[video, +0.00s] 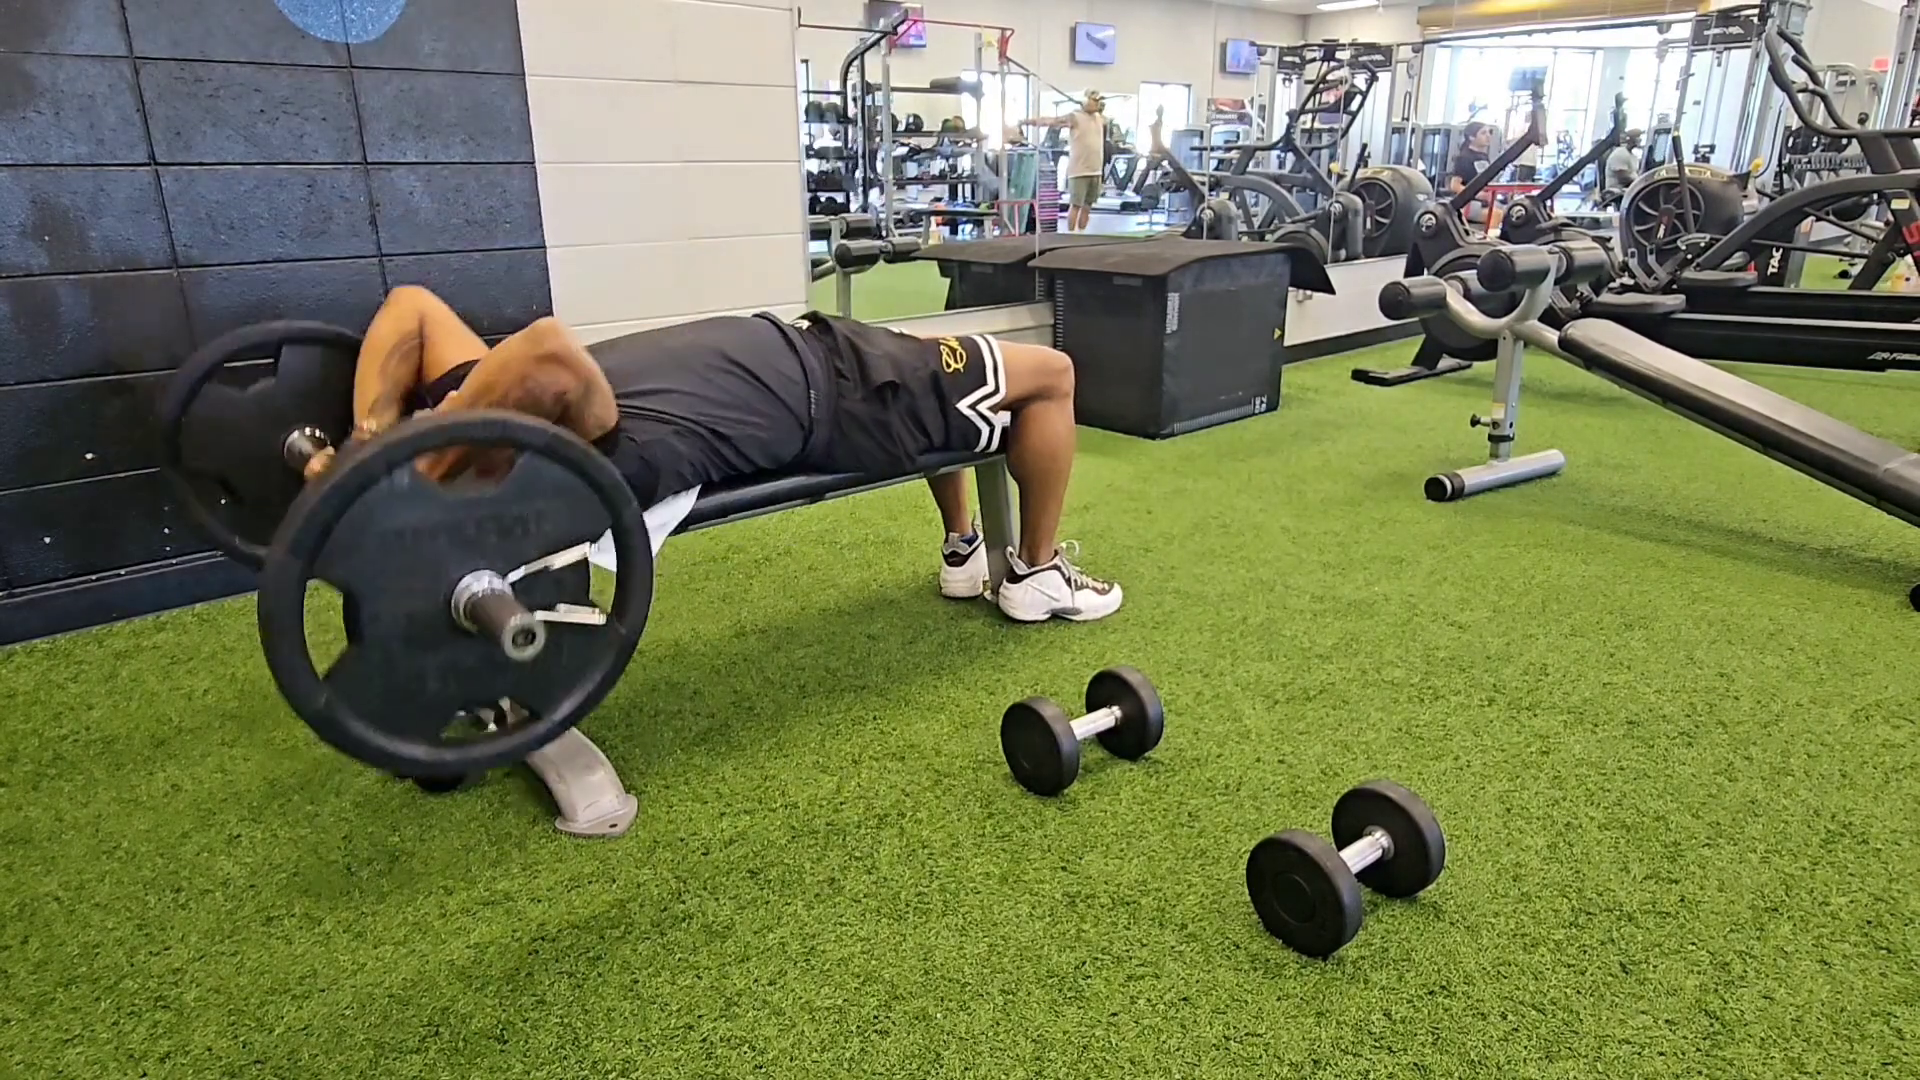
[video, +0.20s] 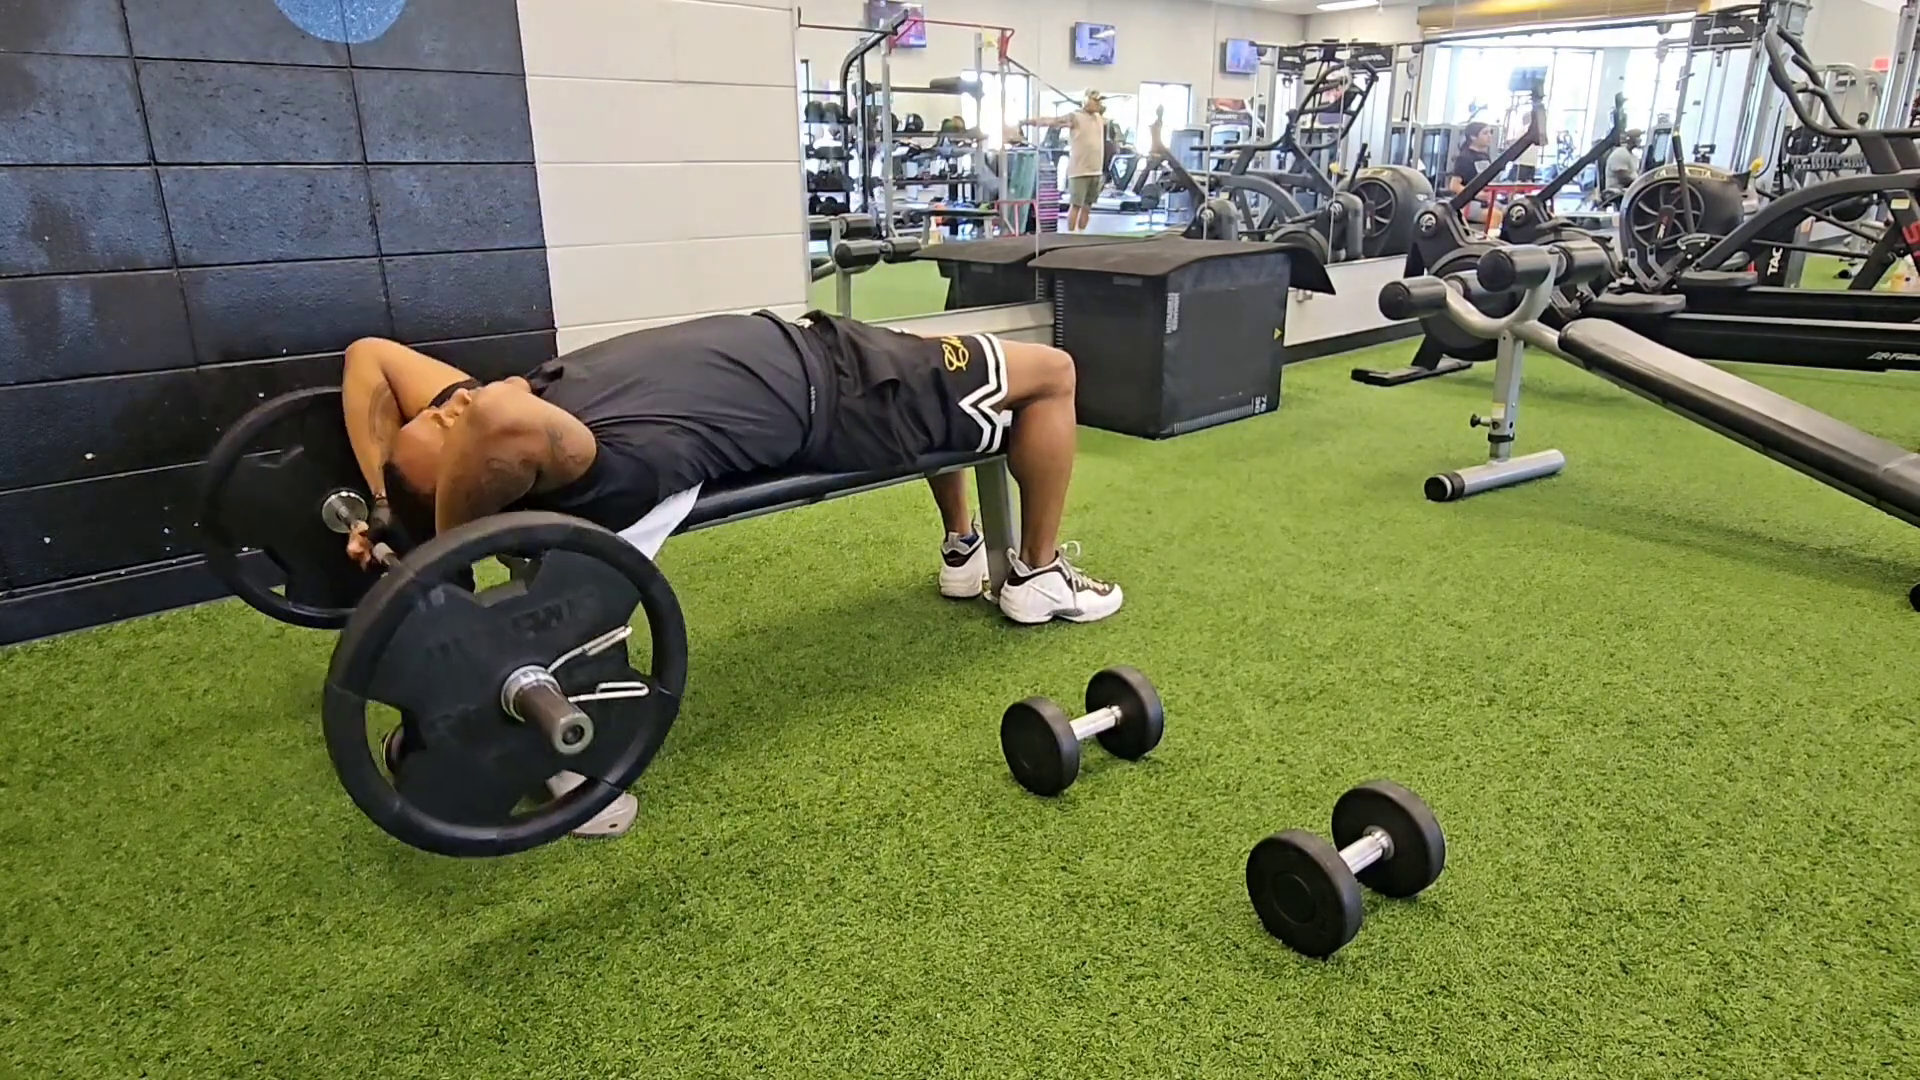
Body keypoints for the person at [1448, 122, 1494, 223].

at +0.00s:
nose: (1488, 136)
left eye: (1488, 132)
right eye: (1483, 133)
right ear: (1471, 137)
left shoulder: (1484, 156)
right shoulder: (1464, 157)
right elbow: (1455, 185)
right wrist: (1480, 195)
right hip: (1469, 203)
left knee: (1508, 212)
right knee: (1496, 215)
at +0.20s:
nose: (1489, 136)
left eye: (1490, 132)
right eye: (1485, 133)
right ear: (1473, 137)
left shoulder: (1485, 156)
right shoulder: (1465, 157)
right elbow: (1454, 185)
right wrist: (1478, 195)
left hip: (1488, 201)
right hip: (1469, 202)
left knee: (1508, 212)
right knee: (1496, 215)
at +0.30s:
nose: (1490, 136)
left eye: (1490, 132)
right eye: (1485, 133)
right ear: (1473, 137)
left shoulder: (1485, 155)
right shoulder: (1465, 156)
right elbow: (1454, 185)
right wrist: (1479, 195)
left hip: (1488, 201)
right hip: (1469, 203)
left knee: (1509, 212)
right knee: (1496, 215)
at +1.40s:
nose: (1494, 141)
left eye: (1496, 138)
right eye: (1492, 138)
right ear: (1480, 137)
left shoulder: (1487, 156)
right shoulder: (1467, 156)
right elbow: (1458, 186)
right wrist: (1483, 195)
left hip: (1488, 201)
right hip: (1470, 202)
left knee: (1507, 212)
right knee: (1496, 215)